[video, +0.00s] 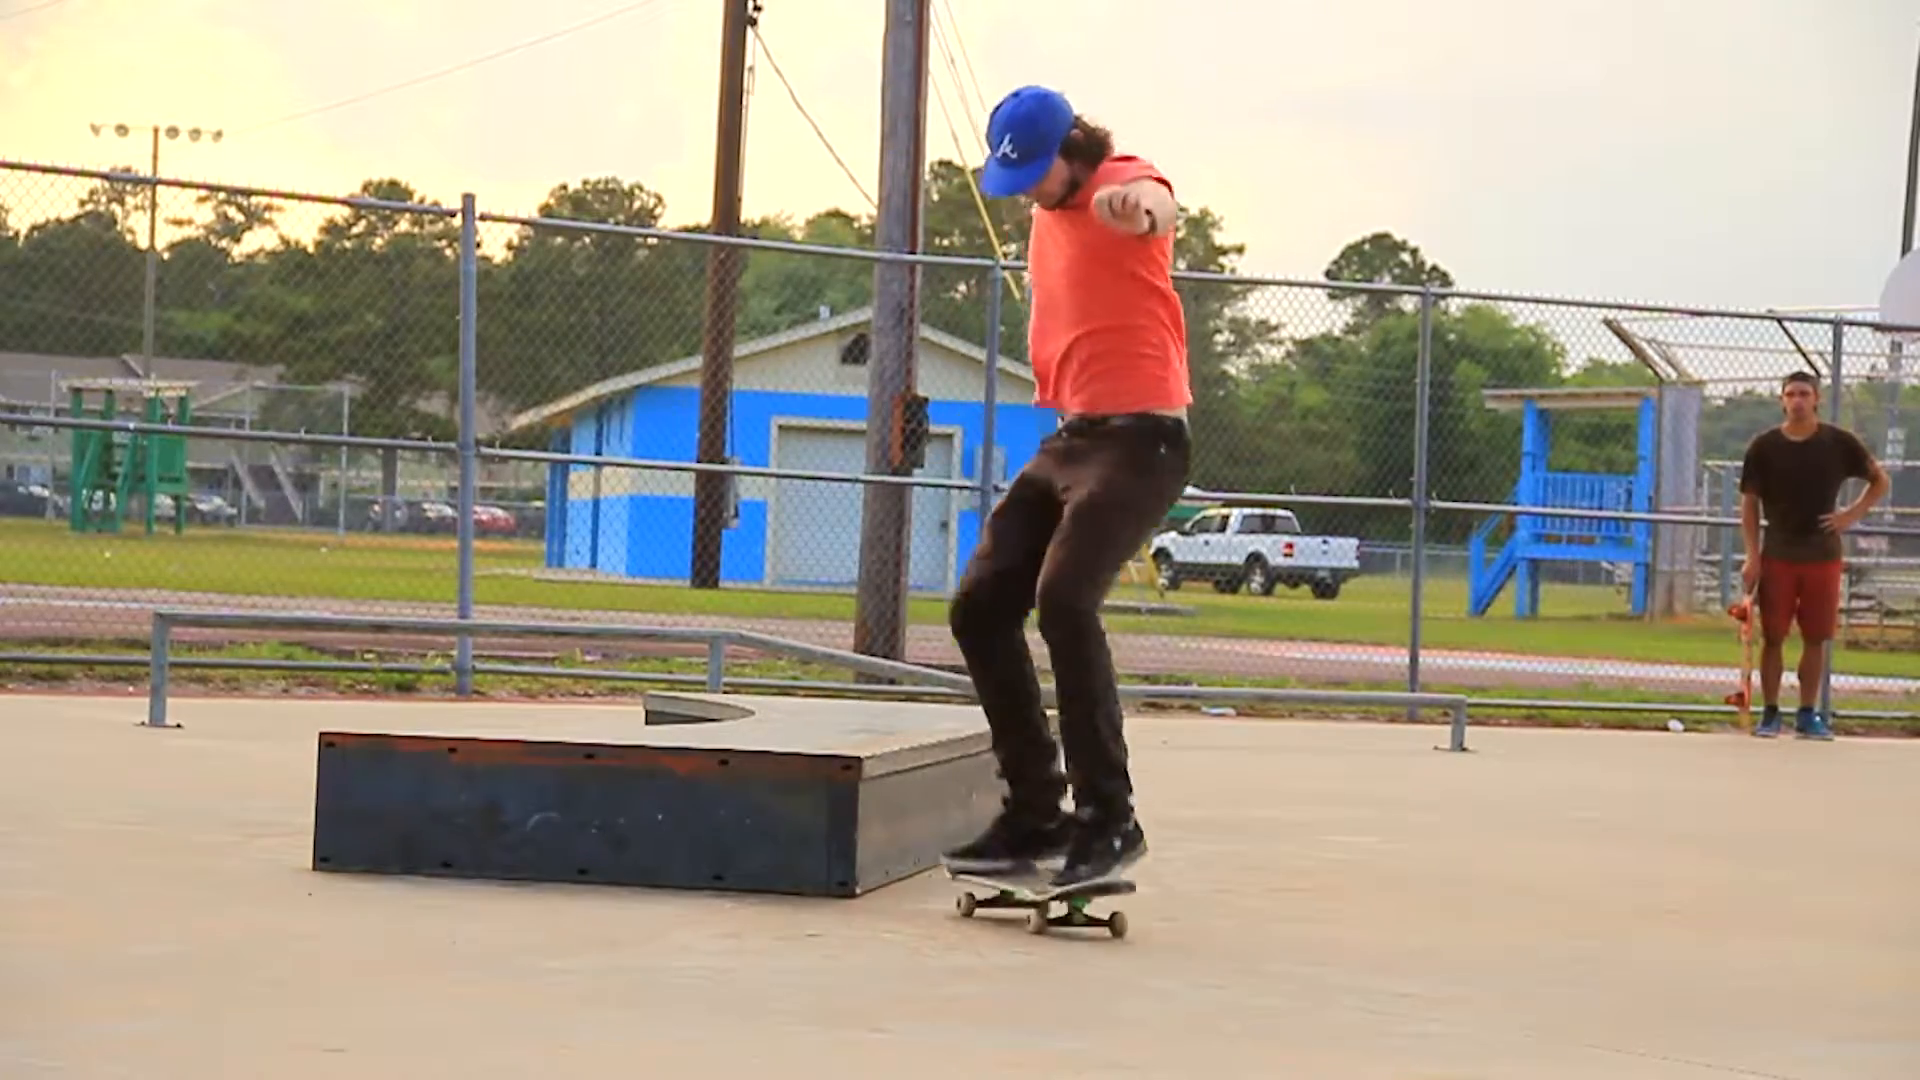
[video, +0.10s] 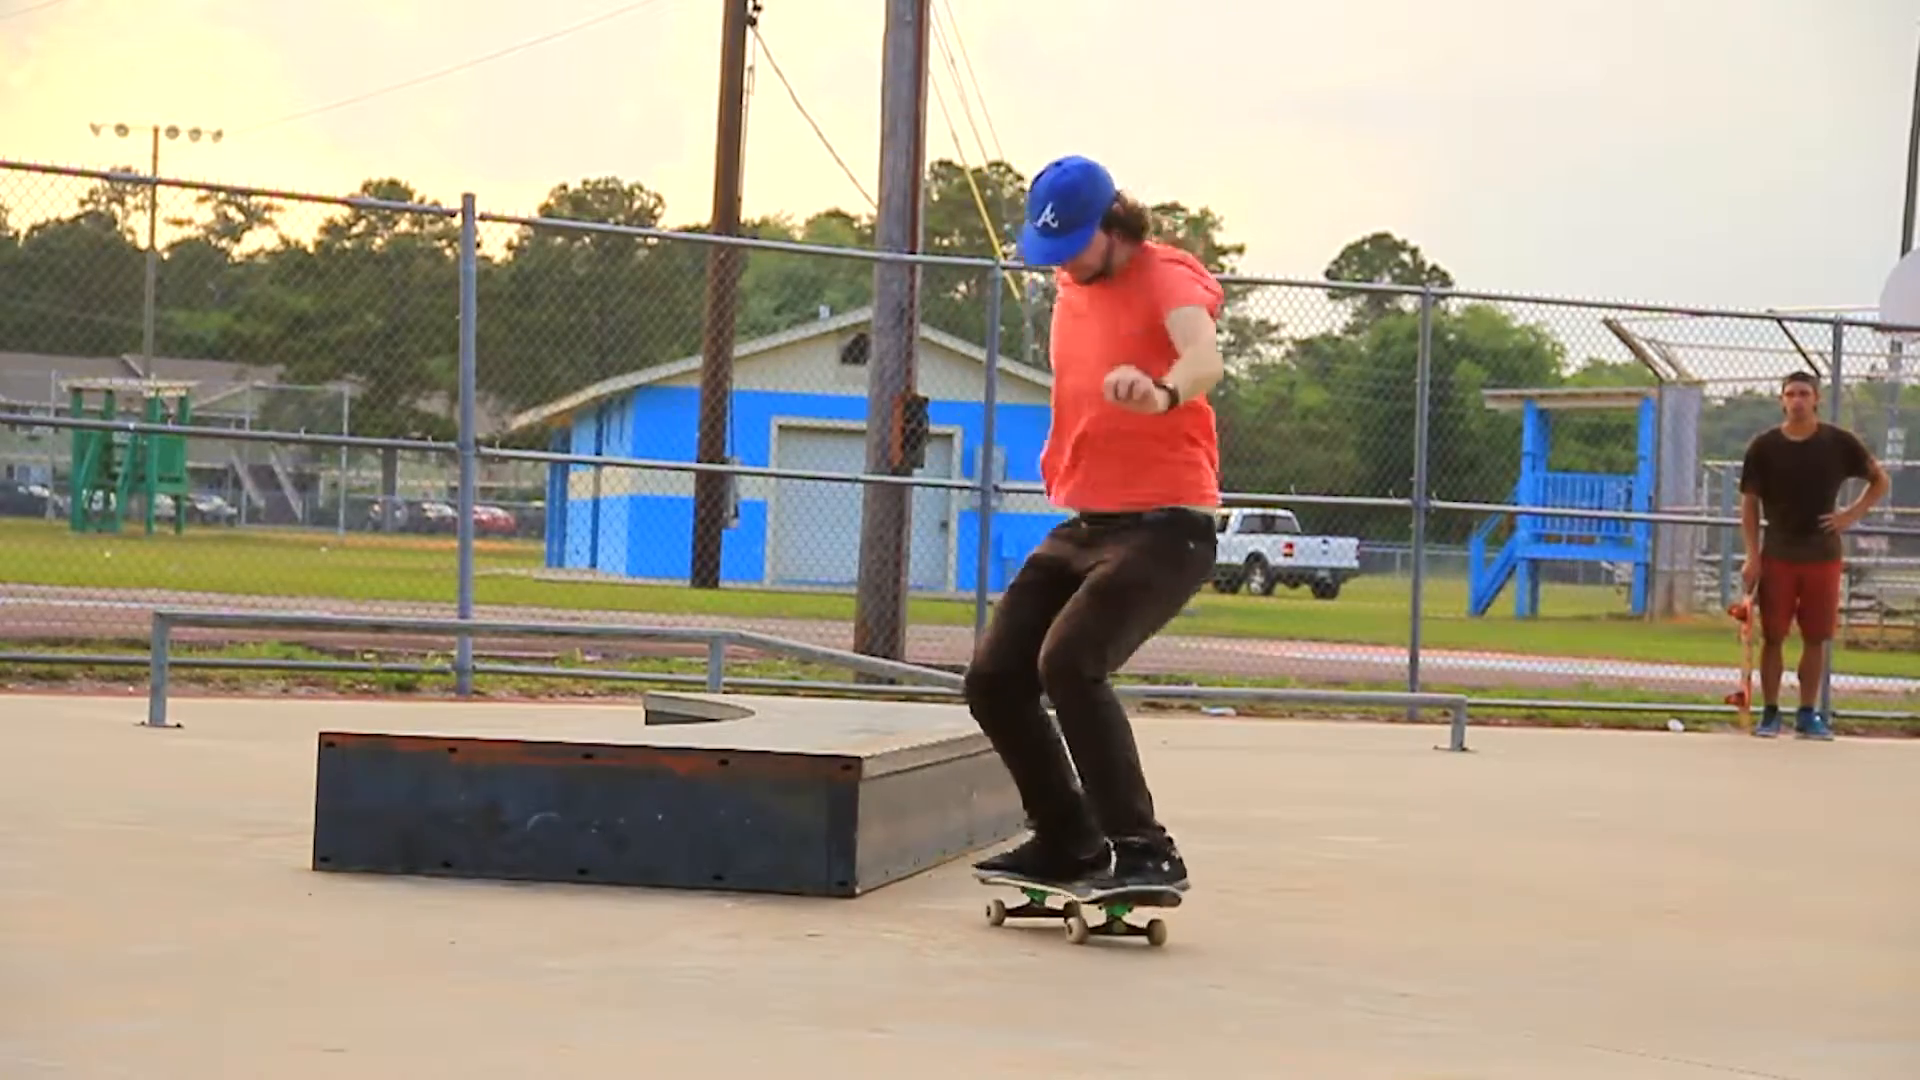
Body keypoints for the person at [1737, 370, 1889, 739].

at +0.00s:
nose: (1797, 401)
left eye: (1803, 395)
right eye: (1791, 395)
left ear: (1816, 400)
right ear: (1782, 400)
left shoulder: (1839, 442)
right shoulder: (1763, 446)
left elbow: (1881, 480)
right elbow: (1749, 503)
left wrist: (1851, 514)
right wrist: (1752, 555)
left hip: (1822, 555)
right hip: (1777, 554)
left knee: (1816, 639)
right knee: (1773, 638)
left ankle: (1807, 713)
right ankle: (1770, 712)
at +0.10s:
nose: (1797, 401)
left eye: (1803, 395)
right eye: (1791, 395)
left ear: (1816, 400)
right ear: (1782, 400)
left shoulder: (1839, 442)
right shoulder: (1763, 446)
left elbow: (1881, 480)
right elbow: (1749, 503)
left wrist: (1851, 514)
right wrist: (1752, 555)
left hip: (1822, 555)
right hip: (1777, 553)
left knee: (1816, 639)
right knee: (1773, 637)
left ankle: (1807, 713)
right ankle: (1770, 712)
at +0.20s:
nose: (1797, 401)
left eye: (1803, 395)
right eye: (1791, 395)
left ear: (1816, 399)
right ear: (1782, 400)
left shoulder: (1839, 443)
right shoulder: (1763, 447)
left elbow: (1881, 480)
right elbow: (1749, 503)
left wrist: (1851, 514)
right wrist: (1753, 555)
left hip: (1822, 555)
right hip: (1777, 553)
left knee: (1815, 639)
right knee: (1773, 637)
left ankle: (1807, 713)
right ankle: (1770, 711)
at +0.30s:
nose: (1797, 401)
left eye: (1804, 395)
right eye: (1791, 395)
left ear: (1817, 400)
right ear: (1782, 400)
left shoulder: (1839, 442)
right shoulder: (1763, 447)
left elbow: (1881, 480)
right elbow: (1750, 503)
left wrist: (1852, 514)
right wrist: (1754, 556)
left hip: (1822, 555)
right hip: (1777, 553)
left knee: (1816, 638)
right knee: (1773, 637)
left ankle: (1807, 713)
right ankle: (1770, 711)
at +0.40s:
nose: (1798, 402)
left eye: (1805, 395)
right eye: (1792, 395)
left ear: (1817, 399)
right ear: (1783, 400)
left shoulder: (1840, 442)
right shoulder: (1764, 447)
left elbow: (1881, 480)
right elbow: (1750, 503)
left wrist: (1852, 514)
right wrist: (1755, 555)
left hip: (1822, 555)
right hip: (1777, 553)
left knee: (1816, 639)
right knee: (1773, 637)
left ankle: (1807, 713)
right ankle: (1770, 711)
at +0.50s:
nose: (1800, 402)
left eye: (1806, 395)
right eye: (1794, 395)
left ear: (1818, 399)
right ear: (1784, 400)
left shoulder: (1841, 443)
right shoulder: (1764, 447)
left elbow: (1881, 480)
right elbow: (1751, 503)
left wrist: (1852, 514)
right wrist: (1755, 556)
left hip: (1823, 555)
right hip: (1778, 553)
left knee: (1816, 639)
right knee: (1773, 638)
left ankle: (1807, 713)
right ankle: (1770, 712)